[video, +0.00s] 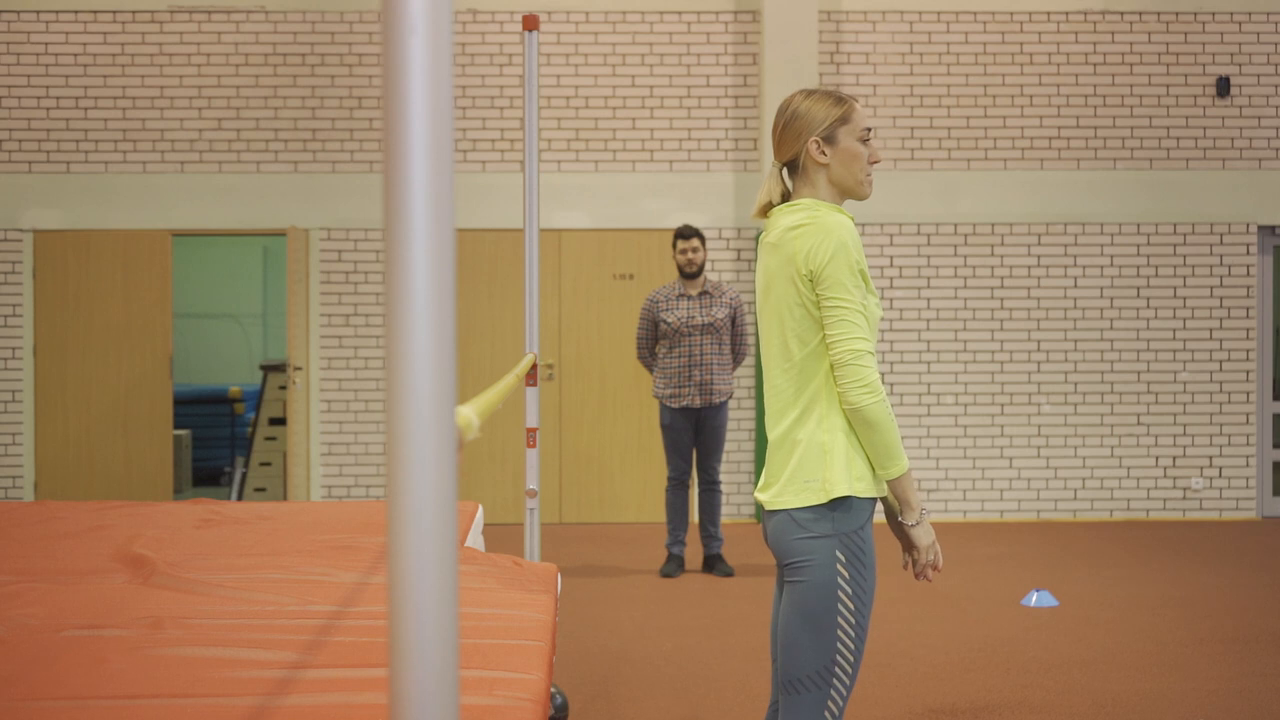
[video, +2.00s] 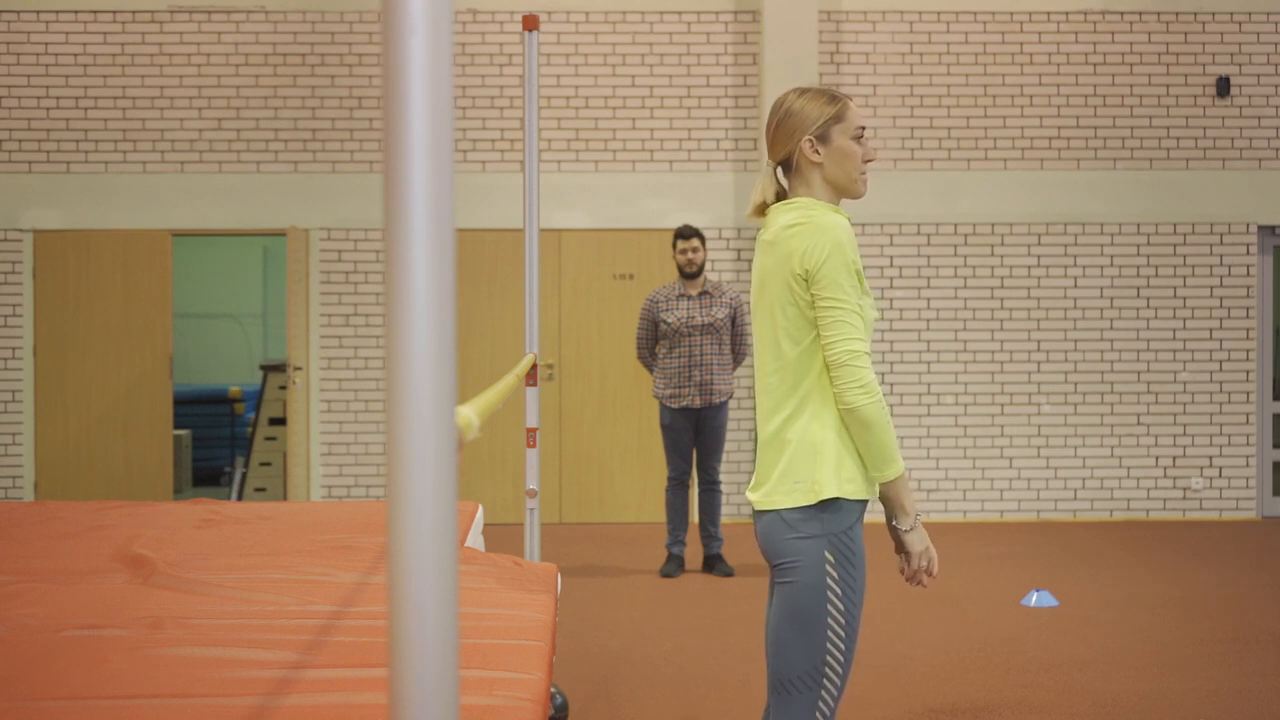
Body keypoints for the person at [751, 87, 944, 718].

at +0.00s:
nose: (874, 154)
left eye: (870, 140)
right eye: (862, 140)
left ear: (817, 154)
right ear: (819, 152)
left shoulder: (782, 231)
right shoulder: (829, 231)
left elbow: (812, 389)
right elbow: (856, 384)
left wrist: (897, 510)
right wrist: (909, 507)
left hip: (795, 501)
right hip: (828, 503)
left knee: (793, 706)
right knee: (815, 707)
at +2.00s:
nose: (869, 151)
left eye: (864, 137)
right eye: (856, 138)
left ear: (811, 154)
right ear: (812, 151)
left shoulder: (783, 231)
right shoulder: (824, 231)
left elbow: (814, 387)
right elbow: (852, 385)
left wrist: (900, 512)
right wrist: (904, 512)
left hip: (792, 507)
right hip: (819, 510)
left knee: (793, 706)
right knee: (807, 708)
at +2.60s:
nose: (863, 153)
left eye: (858, 138)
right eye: (850, 139)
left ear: (805, 154)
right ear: (804, 151)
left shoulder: (781, 228)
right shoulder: (816, 226)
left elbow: (876, 359)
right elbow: (896, 356)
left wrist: (990, 448)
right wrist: (1000, 455)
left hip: (785, 501)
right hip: (806, 505)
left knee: (788, 705)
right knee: (802, 706)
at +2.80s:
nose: (857, 154)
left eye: (854, 140)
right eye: (845, 140)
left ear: (801, 153)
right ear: (801, 150)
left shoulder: (780, 227)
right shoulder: (804, 223)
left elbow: (896, 327)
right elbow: (912, 319)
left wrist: (1034, 373)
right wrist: (1048, 377)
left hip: (793, 499)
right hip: (806, 501)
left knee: (792, 703)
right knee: (802, 705)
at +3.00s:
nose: (854, 156)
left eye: (850, 139)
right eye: (841, 140)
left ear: (798, 153)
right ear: (797, 151)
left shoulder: (778, 224)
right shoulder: (795, 223)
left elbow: (925, 277)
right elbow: (931, 276)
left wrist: (1067, 279)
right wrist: (1073, 277)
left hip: (799, 501)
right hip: (809, 502)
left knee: (794, 704)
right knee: (804, 706)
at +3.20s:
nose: (852, 156)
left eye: (848, 141)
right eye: (840, 141)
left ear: (796, 153)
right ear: (796, 151)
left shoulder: (782, 223)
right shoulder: (785, 221)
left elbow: (927, 223)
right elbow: (932, 225)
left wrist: (1047, 176)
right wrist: (1064, 176)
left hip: (806, 498)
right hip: (812, 499)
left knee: (800, 703)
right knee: (807, 705)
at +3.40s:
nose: (849, 159)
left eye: (848, 144)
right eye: (840, 144)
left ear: (790, 151)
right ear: (792, 149)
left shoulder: (782, 221)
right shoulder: (783, 222)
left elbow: (913, 176)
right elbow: (932, 180)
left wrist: (1005, 94)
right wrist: (1028, 89)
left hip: (814, 494)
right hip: (819, 497)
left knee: (802, 702)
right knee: (814, 704)